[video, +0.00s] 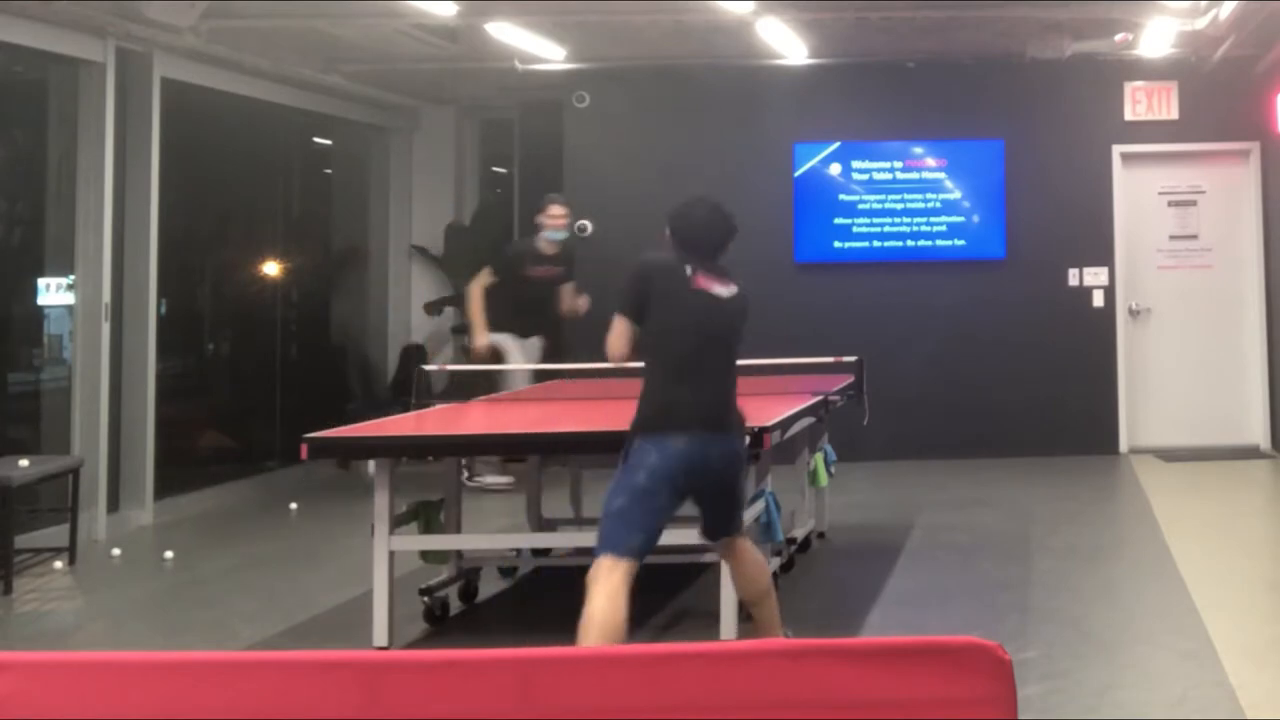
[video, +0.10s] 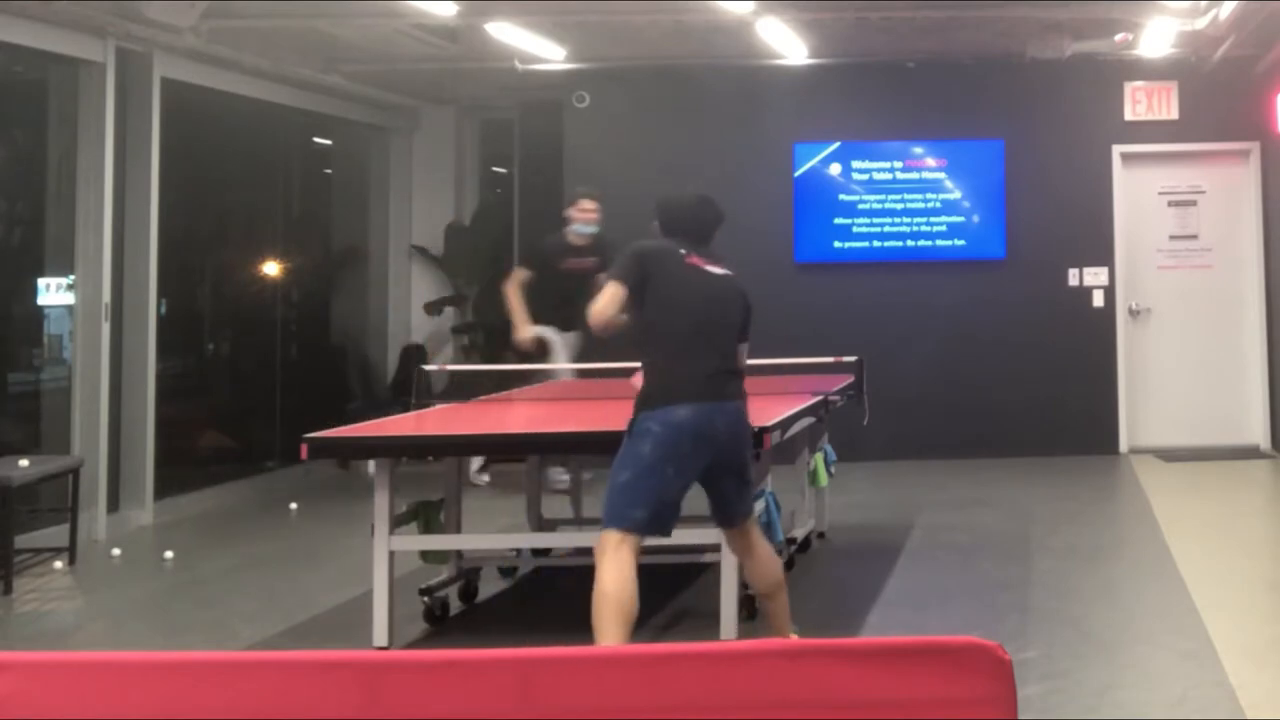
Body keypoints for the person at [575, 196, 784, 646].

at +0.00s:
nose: (663, 237)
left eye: (666, 232)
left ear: (671, 238)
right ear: (723, 245)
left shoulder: (651, 273)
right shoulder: (735, 296)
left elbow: (617, 349)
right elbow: (717, 355)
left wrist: (656, 333)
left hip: (662, 439)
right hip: (722, 439)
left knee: (613, 567)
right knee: (734, 539)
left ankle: (588, 690)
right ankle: (777, 648)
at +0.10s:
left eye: (661, 222)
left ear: (663, 227)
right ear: (711, 233)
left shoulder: (646, 257)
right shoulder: (731, 284)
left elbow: (599, 318)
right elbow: (739, 360)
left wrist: (640, 319)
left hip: (668, 415)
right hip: (729, 414)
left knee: (618, 541)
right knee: (745, 532)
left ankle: (608, 671)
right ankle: (786, 641)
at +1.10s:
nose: (392, 283)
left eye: (392, 273)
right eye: (390, 274)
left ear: (328, 262)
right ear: (376, 275)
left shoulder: (278, 293)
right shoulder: (382, 317)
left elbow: (221, 349)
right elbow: (434, 392)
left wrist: (276, 336)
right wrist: (382, 395)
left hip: (246, 462)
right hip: (319, 466)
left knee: (191, 575)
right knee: (401, 567)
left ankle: (140, 678)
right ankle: (482, 662)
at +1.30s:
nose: (336, 233)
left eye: (334, 224)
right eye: (332, 224)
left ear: (272, 224)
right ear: (321, 228)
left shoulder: (235, 252)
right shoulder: (343, 277)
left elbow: (188, 322)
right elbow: (396, 310)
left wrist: (238, 325)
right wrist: (425, 313)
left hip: (212, 431)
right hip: (289, 435)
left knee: (167, 564)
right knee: (339, 555)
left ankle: (137, 683)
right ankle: (393, 670)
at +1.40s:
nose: (325, 218)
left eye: (322, 210)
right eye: (321, 211)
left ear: (259, 215)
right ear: (311, 218)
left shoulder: (226, 246)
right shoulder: (337, 268)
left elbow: (160, 287)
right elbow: (393, 320)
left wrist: (179, 334)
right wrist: (408, 315)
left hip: (218, 428)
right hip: (297, 432)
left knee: (158, 554)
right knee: (340, 550)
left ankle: (126, 677)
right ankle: (387, 666)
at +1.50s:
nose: (319, 223)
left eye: (316, 215)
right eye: (315, 216)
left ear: (252, 223)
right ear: (304, 224)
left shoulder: (218, 263)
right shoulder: (335, 280)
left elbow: (143, 298)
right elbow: (384, 356)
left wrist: (144, 347)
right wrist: (372, 337)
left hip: (218, 444)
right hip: (300, 446)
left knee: (142, 549)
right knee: (355, 559)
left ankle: (114, 675)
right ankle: (410, 672)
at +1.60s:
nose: (314, 233)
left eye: (313, 224)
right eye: (310, 224)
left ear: (247, 227)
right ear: (295, 230)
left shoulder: (197, 274)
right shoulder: (320, 290)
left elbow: (127, 335)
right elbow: (353, 379)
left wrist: (157, 368)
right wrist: (364, 374)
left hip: (194, 455)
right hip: (280, 456)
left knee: (142, 566)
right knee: (343, 565)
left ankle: (111, 688)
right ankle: (407, 672)